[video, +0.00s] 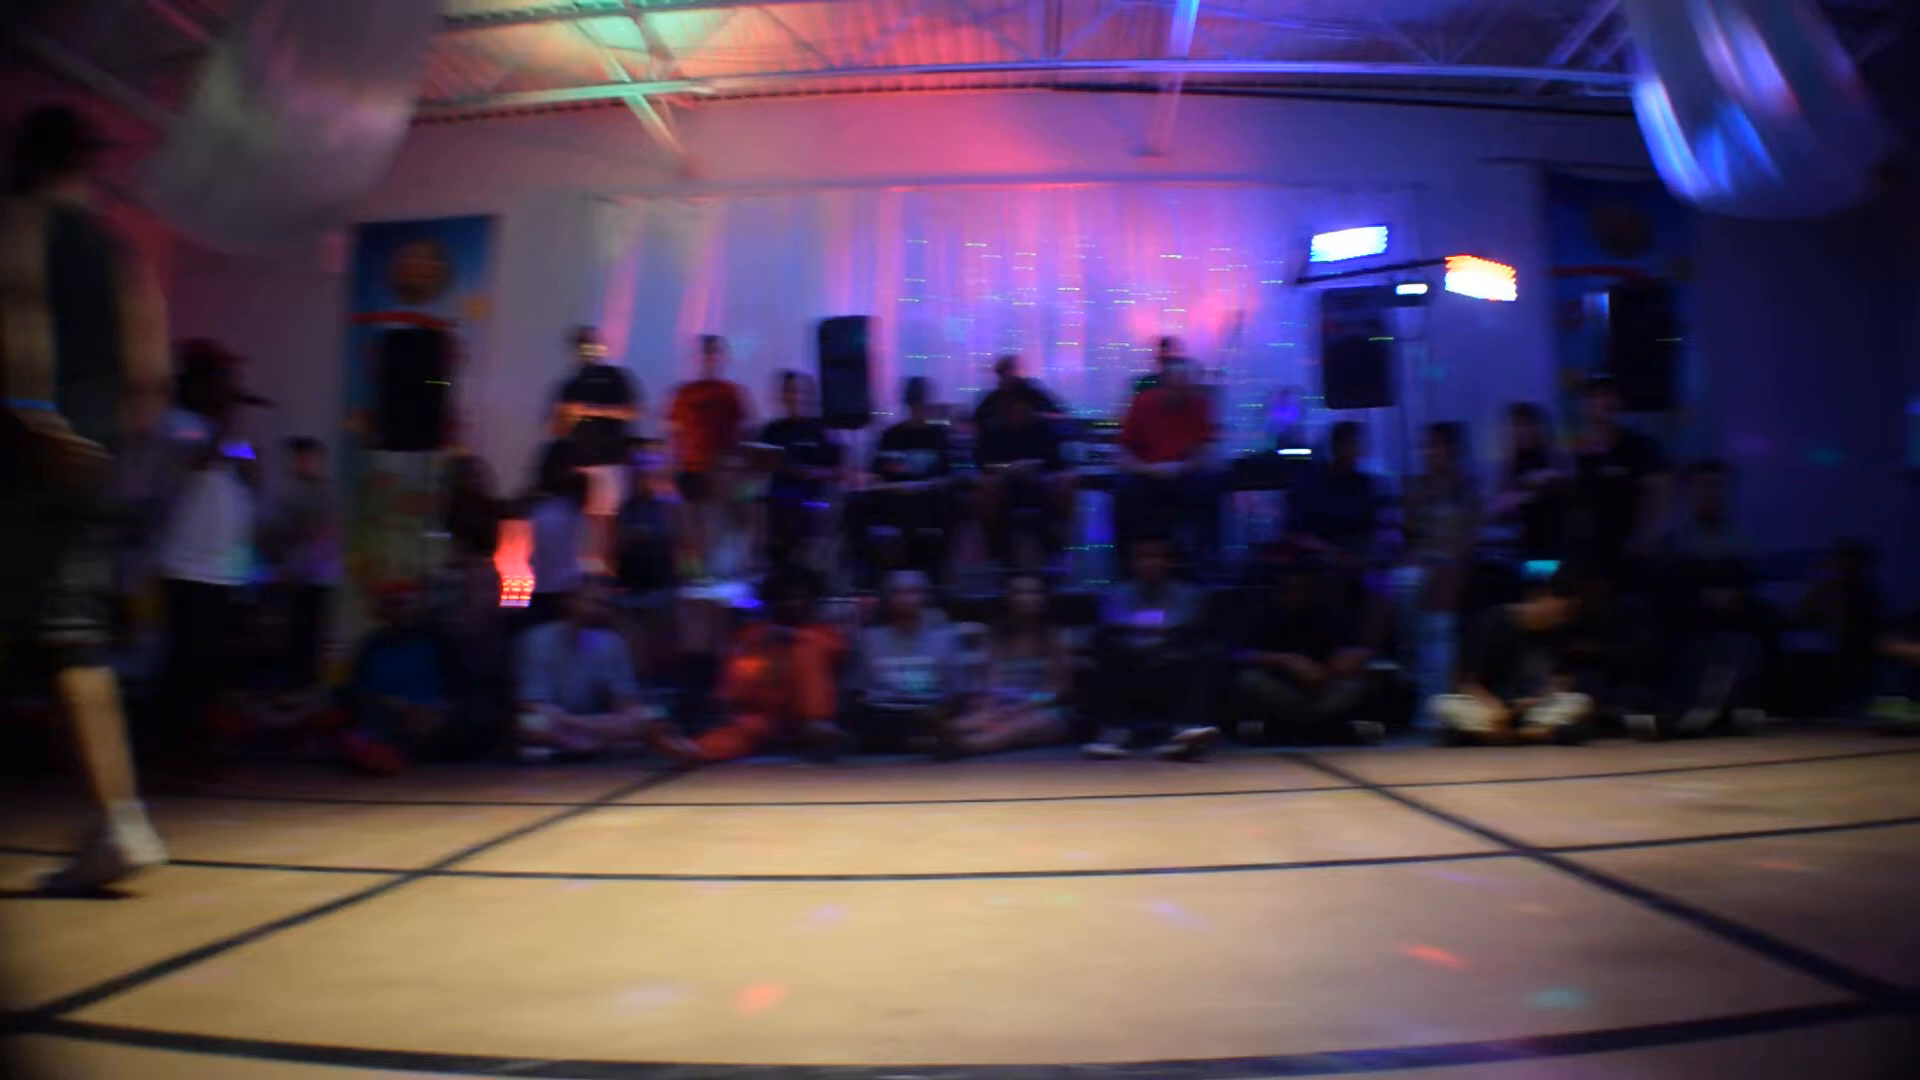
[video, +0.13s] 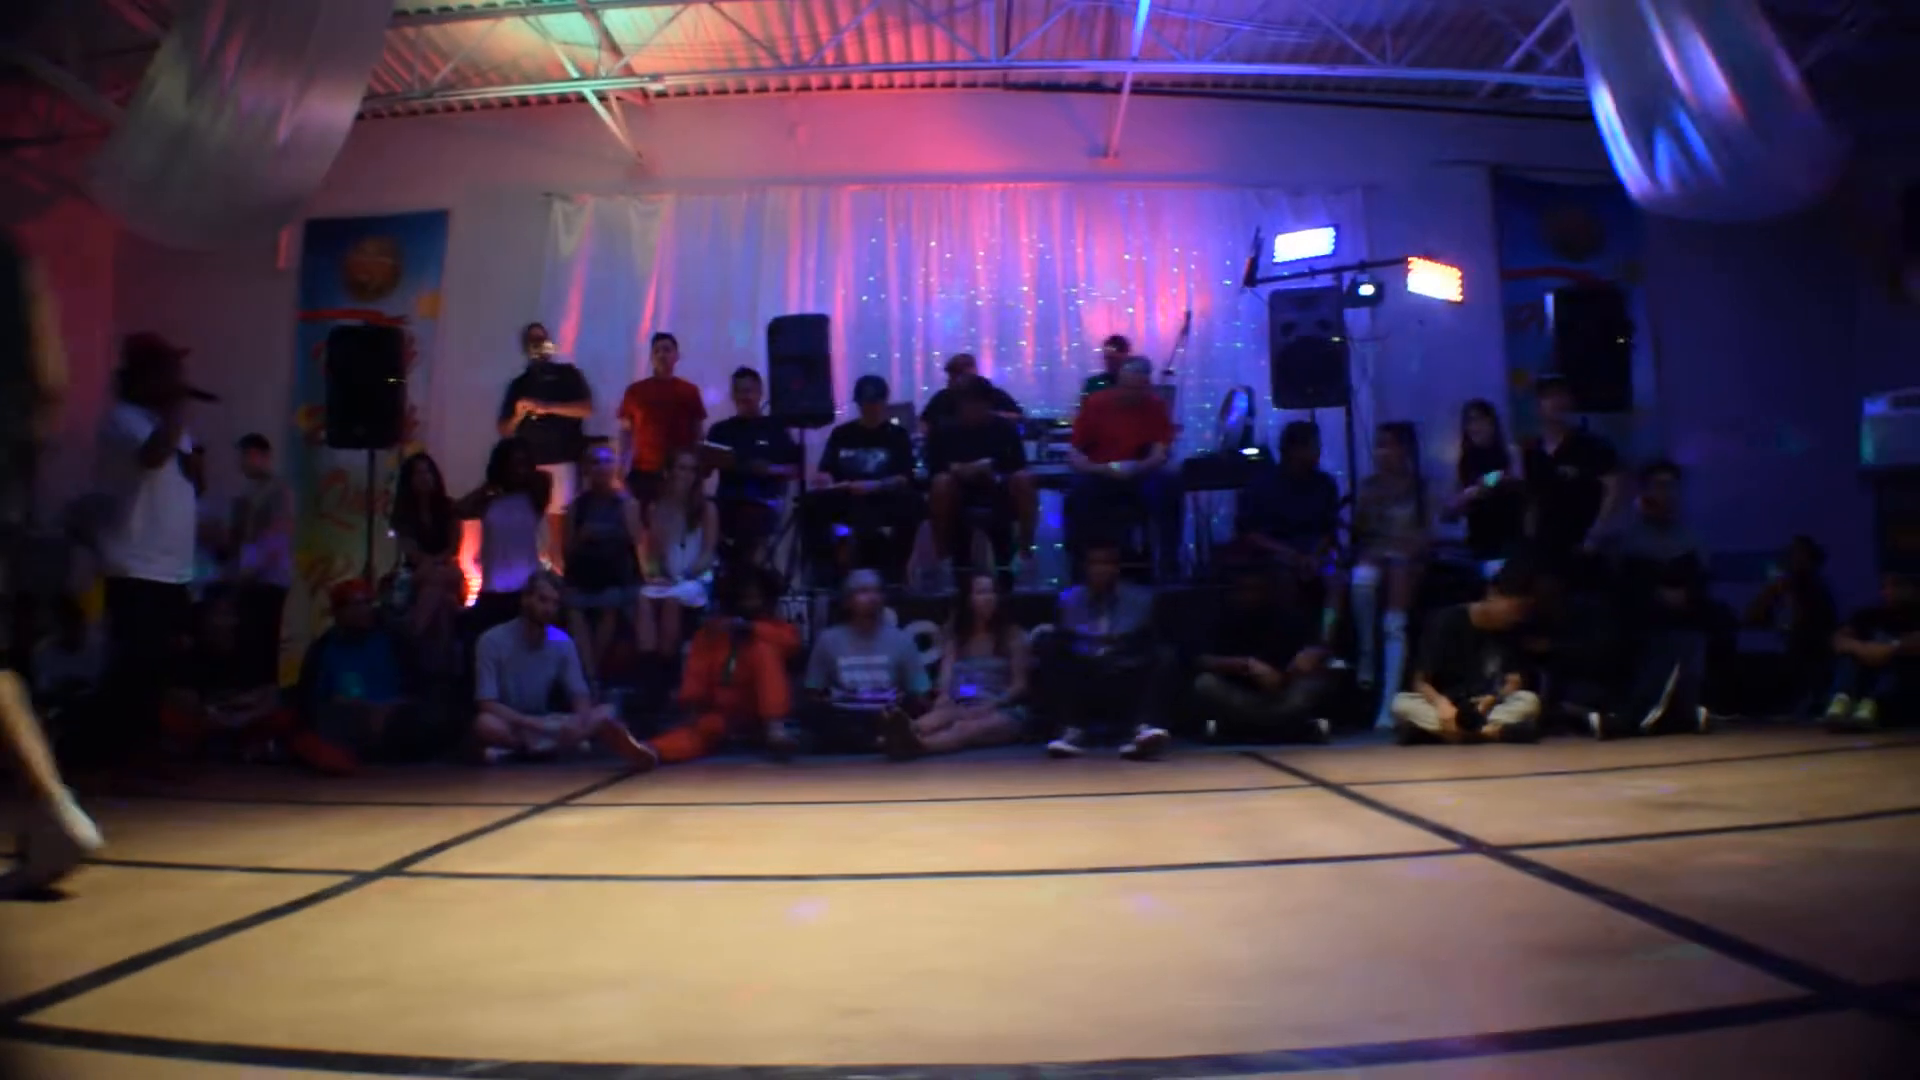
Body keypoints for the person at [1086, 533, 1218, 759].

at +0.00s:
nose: (1149, 565)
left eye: (1156, 558)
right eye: (1143, 558)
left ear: (1167, 562)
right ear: (1134, 563)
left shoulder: (1185, 596)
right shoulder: (1120, 596)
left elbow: (1187, 627)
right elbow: (1110, 627)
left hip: (1172, 666)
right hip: (1129, 664)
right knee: (1110, 663)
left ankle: (1187, 727)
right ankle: (1114, 730)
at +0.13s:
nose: (1100, 571)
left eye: (1107, 564)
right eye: (1095, 564)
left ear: (1116, 568)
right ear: (1087, 568)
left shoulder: (1137, 598)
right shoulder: (1071, 600)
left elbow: (1137, 633)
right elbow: (1067, 634)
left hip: (1126, 668)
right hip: (1082, 668)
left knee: (1159, 658)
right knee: (1058, 659)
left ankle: (1144, 727)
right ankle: (1072, 730)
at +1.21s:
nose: (1155, 595)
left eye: (1160, 589)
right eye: (1149, 588)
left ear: (1165, 595)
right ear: (1132, 593)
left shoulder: (1180, 635)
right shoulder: (1106, 626)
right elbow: (1086, 666)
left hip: (1155, 703)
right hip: (1111, 700)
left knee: (1179, 675)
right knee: (1089, 675)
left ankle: (1163, 737)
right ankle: (1097, 731)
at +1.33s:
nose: (1155, 596)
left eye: (1157, 589)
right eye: (1147, 589)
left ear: (1163, 593)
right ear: (1130, 594)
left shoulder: (1177, 633)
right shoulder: (1104, 629)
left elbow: (1184, 665)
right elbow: (1089, 665)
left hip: (1154, 697)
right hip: (1113, 696)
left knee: (1176, 669)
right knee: (1090, 666)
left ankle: (1160, 738)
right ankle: (1098, 731)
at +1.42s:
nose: (1151, 596)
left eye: (1155, 589)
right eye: (1144, 589)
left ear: (1160, 594)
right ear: (1127, 595)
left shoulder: (1176, 633)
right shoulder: (1103, 631)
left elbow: (1174, 668)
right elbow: (1089, 669)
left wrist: (1136, 684)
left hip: (1152, 701)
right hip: (1112, 701)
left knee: (1173, 666)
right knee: (1090, 660)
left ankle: (1160, 738)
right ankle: (1098, 731)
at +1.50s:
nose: (1149, 596)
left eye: (1152, 589)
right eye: (1141, 589)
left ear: (1158, 594)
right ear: (1125, 596)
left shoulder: (1173, 630)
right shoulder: (1103, 631)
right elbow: (1093, 668)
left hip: (1154, 698)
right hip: (1114, 698)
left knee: (1172, 668)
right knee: (1093, 662)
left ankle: (1160, 737)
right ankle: (1099, 731)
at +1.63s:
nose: (1146, 597)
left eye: (1148, 591)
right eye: (1139, 591)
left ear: (1153, 594)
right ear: (1122, 597)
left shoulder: (1169, 628)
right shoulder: (1101, 630)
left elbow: (1190, 660)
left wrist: (1168, 645)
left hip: (1152, 699)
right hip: (1113, 699)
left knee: (1177, 671)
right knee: (1090, 668)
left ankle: (1159, 736)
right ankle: (1098, 732)